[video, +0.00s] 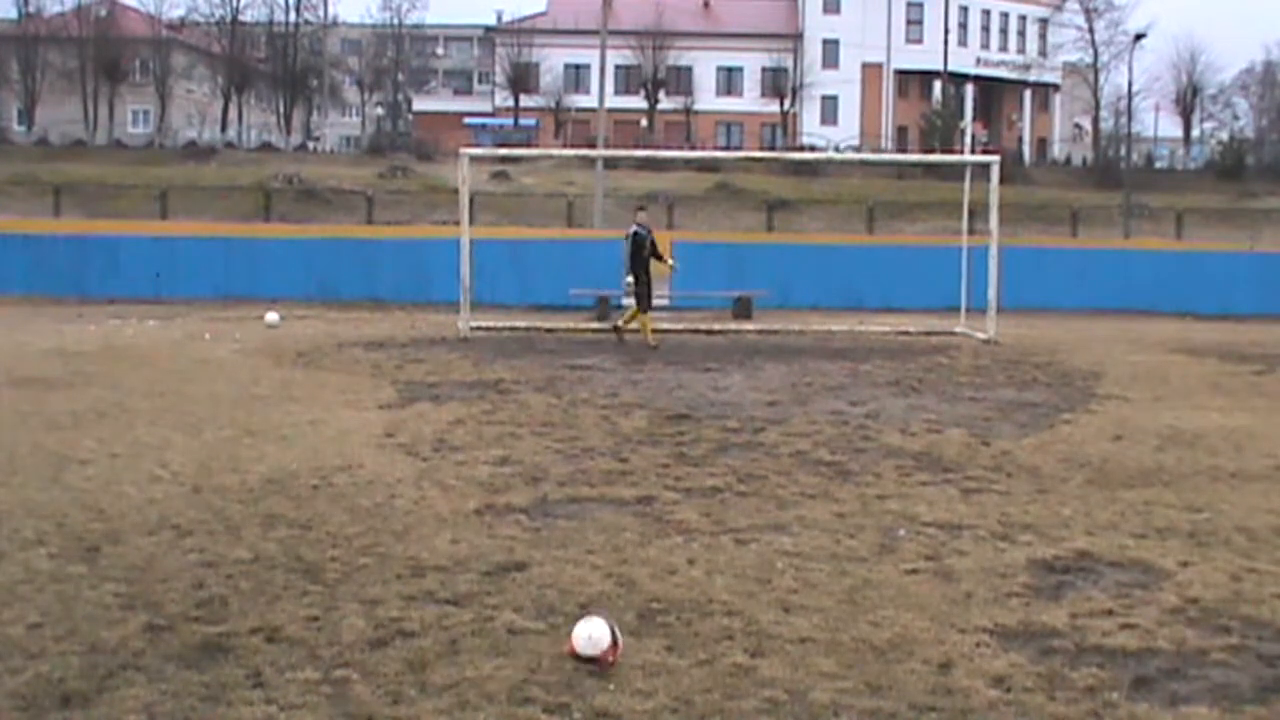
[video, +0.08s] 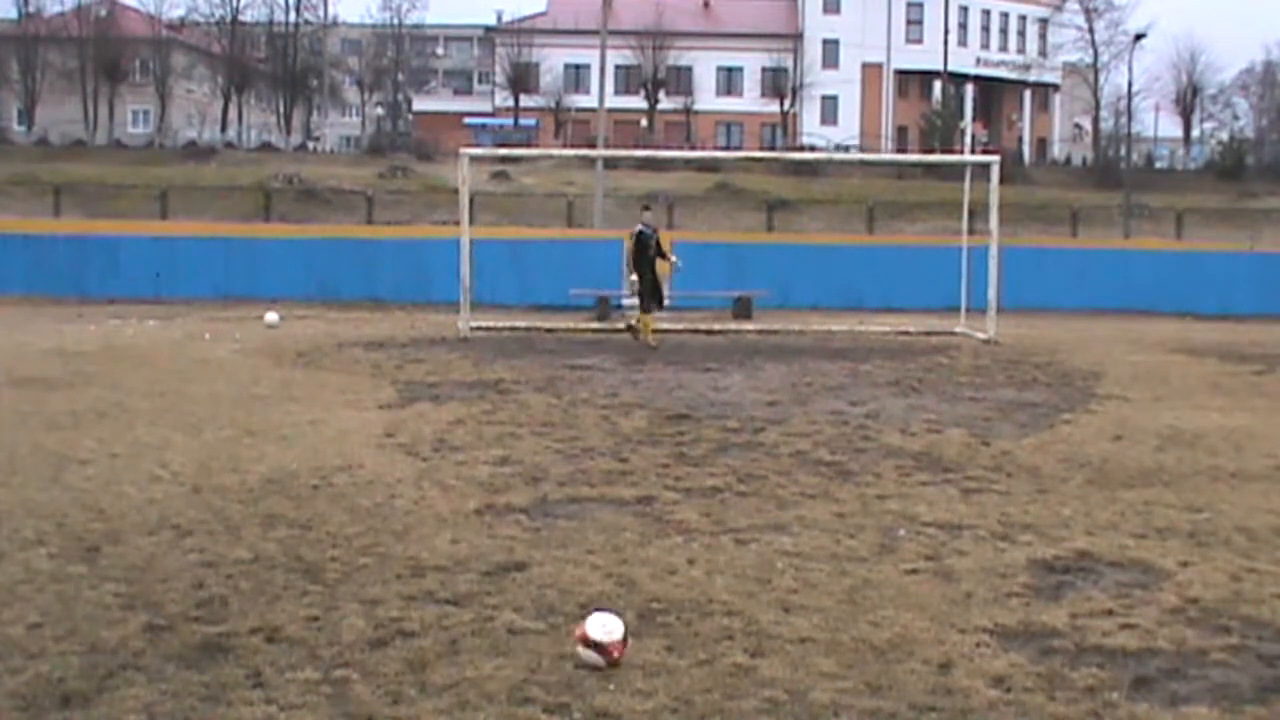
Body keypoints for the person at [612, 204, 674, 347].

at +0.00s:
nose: (642, 219)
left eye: (644, 215)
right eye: (639, 215)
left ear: (647, 217)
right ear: (635, 217)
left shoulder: (648, 234)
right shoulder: (632, 234)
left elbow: (654, 252)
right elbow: (629, 256)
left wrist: (665, 261)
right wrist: (629, 274)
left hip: (645, 271)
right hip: (637, 272)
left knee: (643, 305)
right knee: (642, 307)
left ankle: (621, 324)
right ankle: (649, 339)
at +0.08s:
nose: (648, 218)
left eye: (650, 215)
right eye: (646, 215)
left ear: (653, 216)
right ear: (641, 217)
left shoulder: (654, 233)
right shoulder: (637, 234)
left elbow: (658, 251)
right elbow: (632, 255)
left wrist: (669, 258)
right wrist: (632, 272)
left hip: (651, 270)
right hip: (641, 271)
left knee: (656, 300)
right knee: (646, 303)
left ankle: (638, 324)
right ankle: (648, 335)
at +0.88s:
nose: (695, 250)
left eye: (697, 247)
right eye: (693, 247)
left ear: (701, 249)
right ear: (689, 249)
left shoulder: (707, 259)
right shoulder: (682, 259)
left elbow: (719, 267)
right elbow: (668, 267)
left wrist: (715, 281)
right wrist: (677, 280)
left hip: (704, 285)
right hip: (687, 286)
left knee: (721, 307)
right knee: (679, 311)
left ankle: (717, 337)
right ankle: (682, 341)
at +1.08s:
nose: (700, 254)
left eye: (703, 251)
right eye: (698, 251)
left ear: (707, 252)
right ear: (695, 252)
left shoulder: (713, 263)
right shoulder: (688, 263)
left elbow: (726, 276)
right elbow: (676, 272)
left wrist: (723, 288)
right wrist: (684, 283)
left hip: (710, 288)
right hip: (693, 288)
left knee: (726, 310)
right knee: (681, 309)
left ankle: (736, 340)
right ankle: (681, 340)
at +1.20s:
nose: (701, 253)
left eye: (704, 250)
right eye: (699, 250)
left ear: (708, 252)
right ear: (696, 251)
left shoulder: (714, 265)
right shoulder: (690, 264)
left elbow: (725, 280)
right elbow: (678, 274)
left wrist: (722, 292)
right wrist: (686, 285)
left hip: (713, 288)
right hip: (696, 287)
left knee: (726, 309)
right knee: (681, 307)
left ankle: (736, 340)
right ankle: (675, 337)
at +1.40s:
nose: (701, 253)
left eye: (704, 250)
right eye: (699, 249)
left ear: (707, 252)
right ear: (695, 251)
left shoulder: (713, 268)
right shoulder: (687, 266)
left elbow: (716, 287)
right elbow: (677, 281)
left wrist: (714, 300)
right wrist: (682, 294)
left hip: (709, 290)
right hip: (691, 289)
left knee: (725, 309)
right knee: (677, 310)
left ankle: (732, 339)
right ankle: (672, 340)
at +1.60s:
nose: (701, 261)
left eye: (703, 258)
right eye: (698, 258)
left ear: (707, 261)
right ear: (695, 260)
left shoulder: (710, 276)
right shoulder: (688, 275)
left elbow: (708, 299)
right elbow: (687, 296)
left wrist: (707, 316)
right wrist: (688, 314)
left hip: (706, 298)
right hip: (691, 298)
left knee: (727, 307)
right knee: (676, 310)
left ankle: (732, 340)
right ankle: (673, 340)